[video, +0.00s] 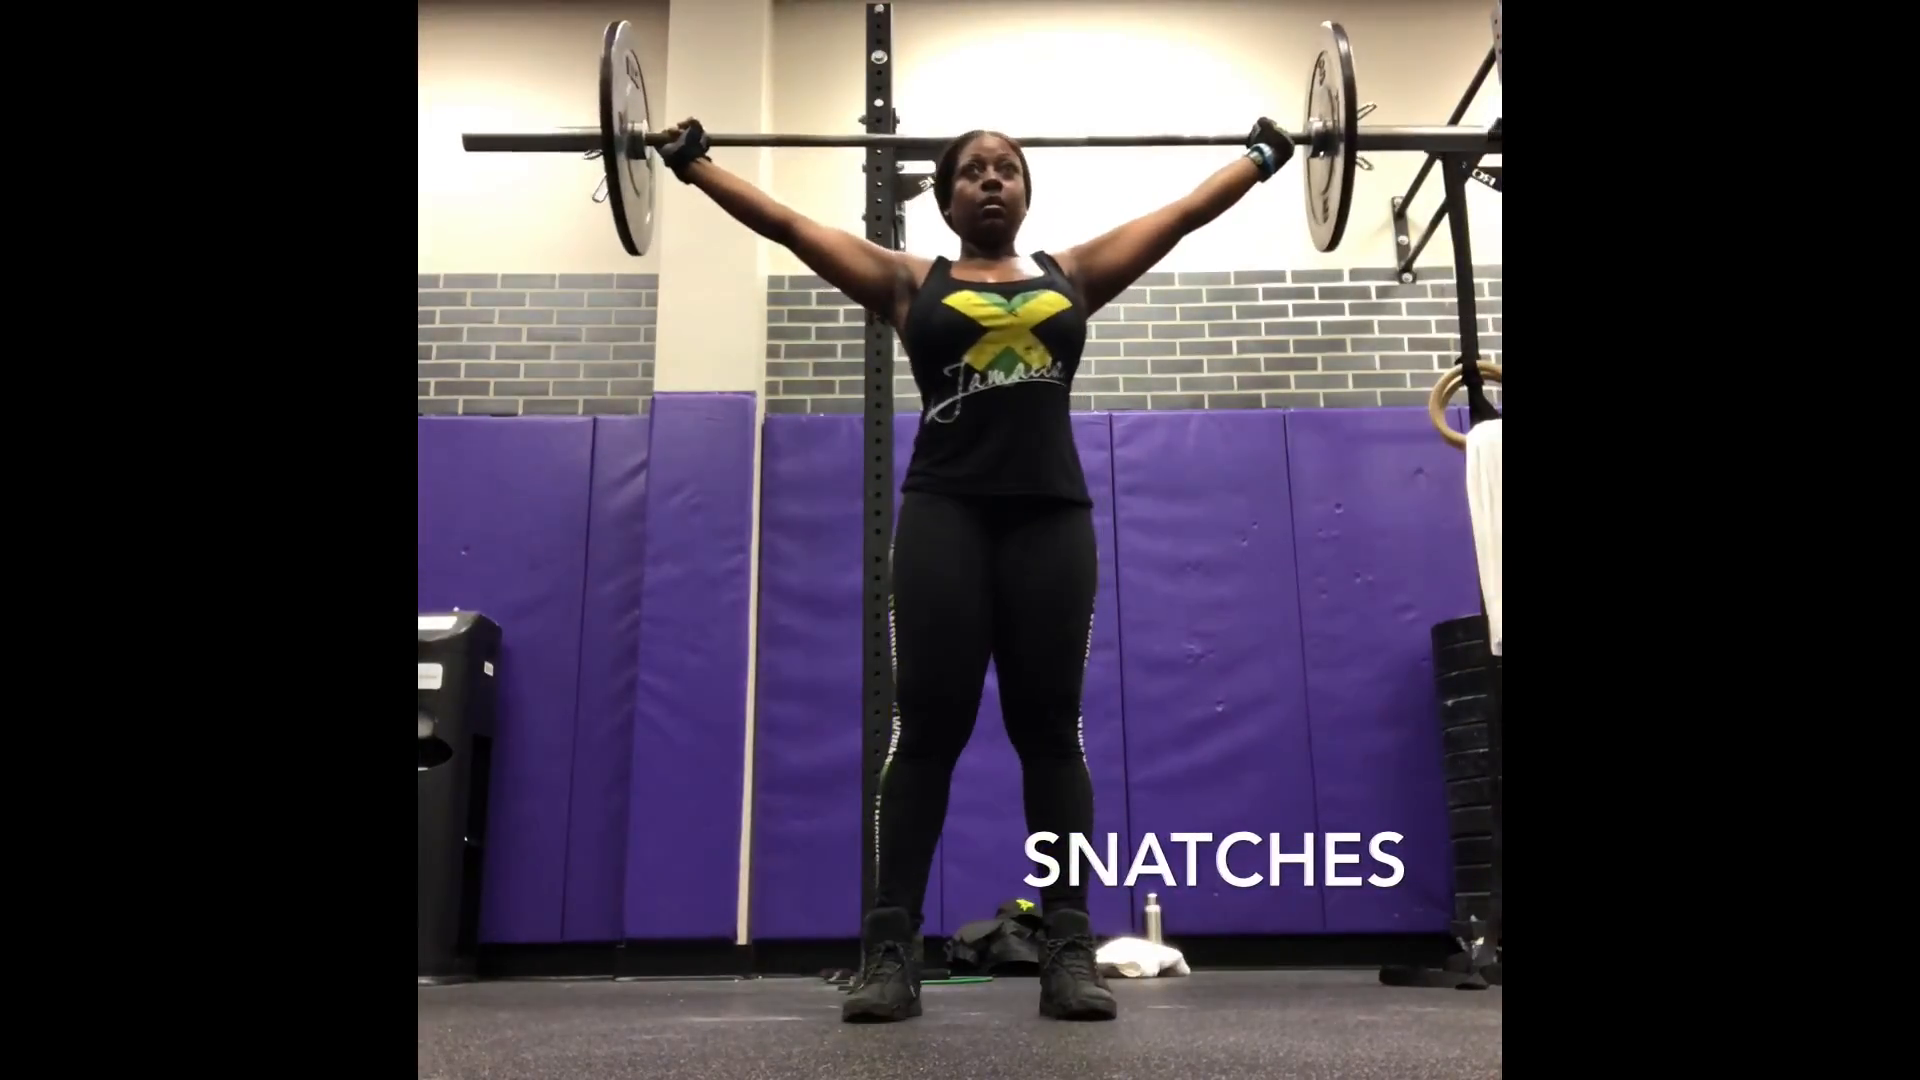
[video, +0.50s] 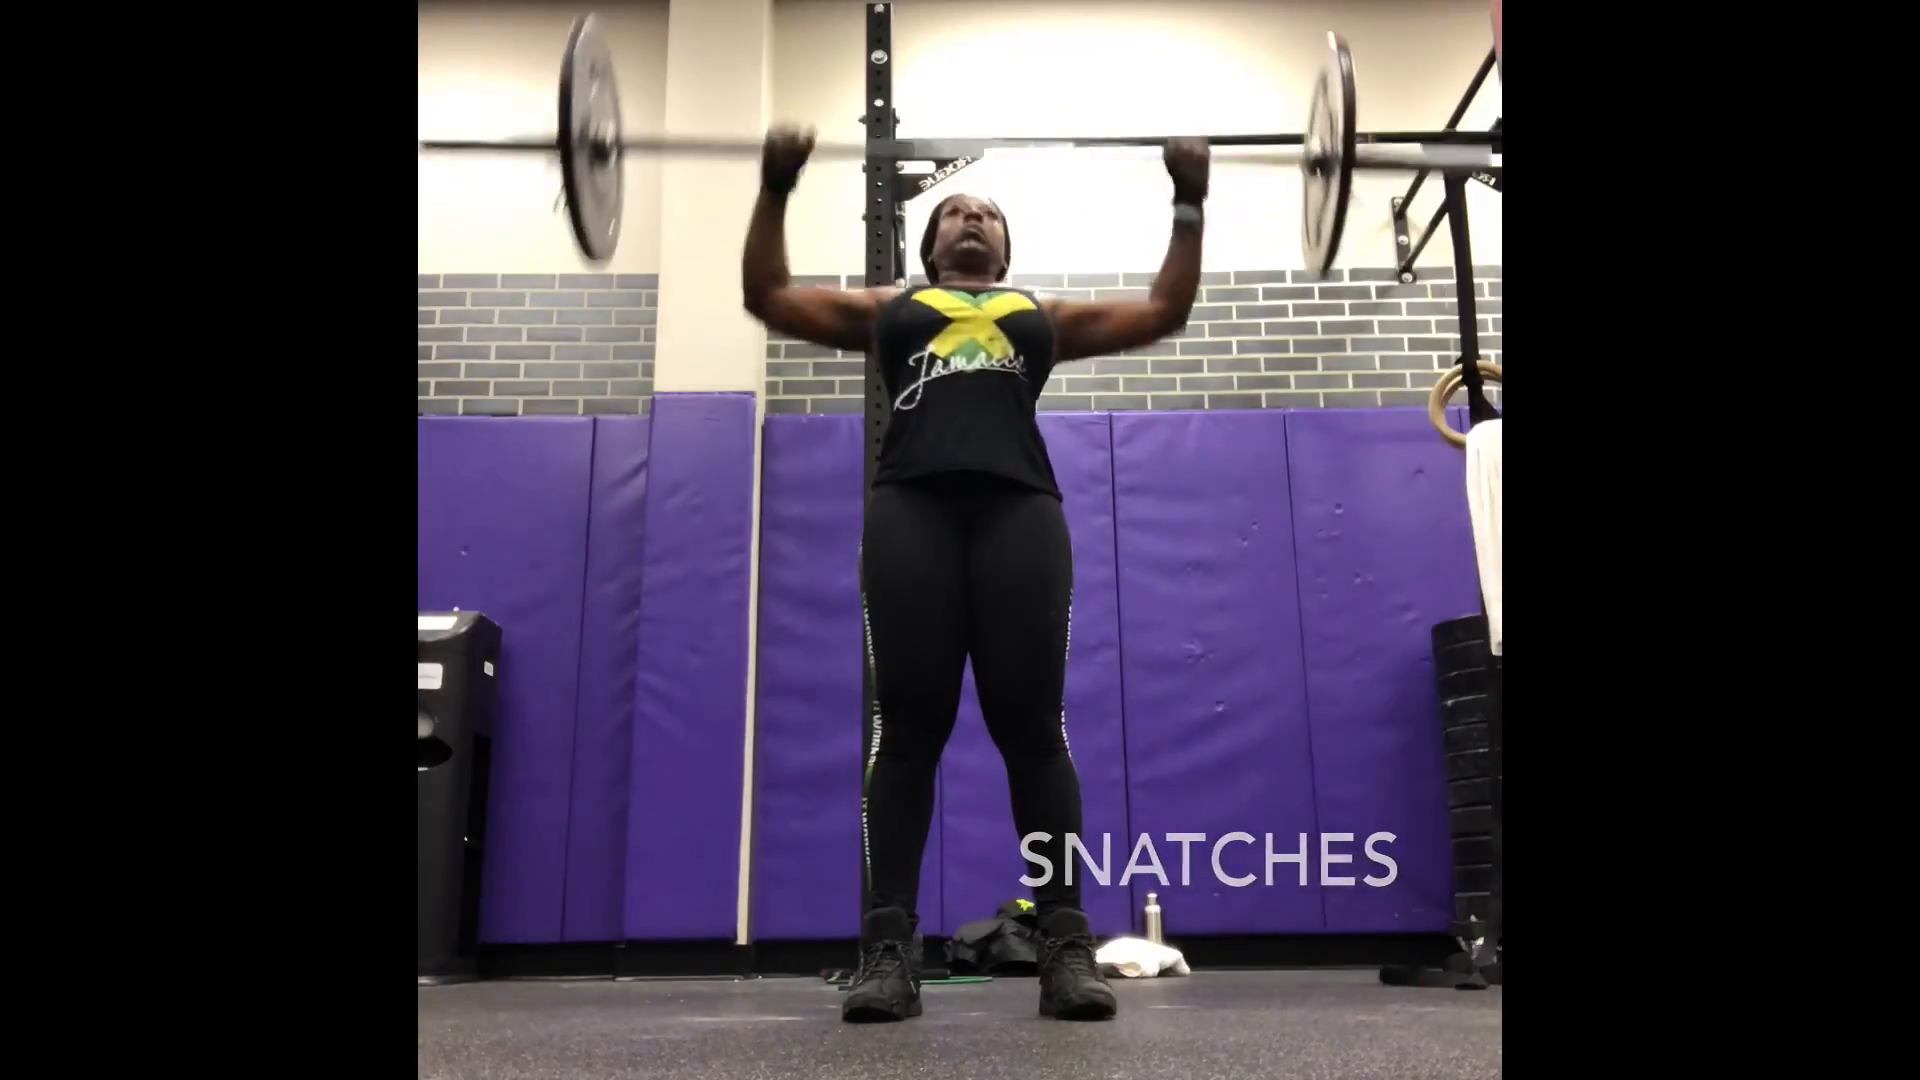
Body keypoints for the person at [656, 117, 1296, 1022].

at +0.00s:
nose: (992, 178)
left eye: (1007, 168)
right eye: (974, 170)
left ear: (1029, 194)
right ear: (945, 197)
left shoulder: (1068, 275)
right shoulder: (911, 279)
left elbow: (1181, 215)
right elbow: (790, 226)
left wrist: (1264, 155)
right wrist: (696, 166)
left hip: (1052, 520)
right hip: (944, 519)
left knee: (1050, 730)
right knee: (927, 731)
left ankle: (1068, 954)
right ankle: (890, 956)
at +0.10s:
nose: (985, 178)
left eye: (999, 169)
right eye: (967, 170)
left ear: (1022, 197)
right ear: (938, 198)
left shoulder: (1060, 277)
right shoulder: (903, 280)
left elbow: (1172, 216)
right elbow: (781, 223)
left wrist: (1259, 156)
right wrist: (690, 161)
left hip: (1041, 522)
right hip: (933, 522)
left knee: (1044, 733)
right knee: (921, 736)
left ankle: (1068, 955)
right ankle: (889, 957)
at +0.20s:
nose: (979, 178)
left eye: (994, 171)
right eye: (961, 171)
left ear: (1015, 201)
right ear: (934, 203)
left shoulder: (1053, 275)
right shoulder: (894, 275)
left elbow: (1161, 211)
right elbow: (777, 211)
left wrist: (1251, 153)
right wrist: (685, 149)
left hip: (1033, 521)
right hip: (923, 521)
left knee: (1040, 733)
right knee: (914, 735)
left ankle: (1068, 955)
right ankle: (889, 958)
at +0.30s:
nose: (973, 186)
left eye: (989, 183)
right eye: (955, 183)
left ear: (1011, 219)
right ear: (929, 220)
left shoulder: (1049, 282)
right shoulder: (889, 279)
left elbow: (1160, 211)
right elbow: (770, 212)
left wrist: (1244, 149)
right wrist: (685, 139)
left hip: (1027, 521)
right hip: (916, 523)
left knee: (1036, 731)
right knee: (910, 735)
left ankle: (1067, 953)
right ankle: (888, 956)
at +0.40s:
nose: (971, 200)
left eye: (987, 196)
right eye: (953, 197)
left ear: (1010, 235)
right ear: (926, 230)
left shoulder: (1043, 301)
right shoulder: (885, 294)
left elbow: (1167, 266)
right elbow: (763, 268)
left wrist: (1235, 167)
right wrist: (718, 160)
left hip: (1024, 521)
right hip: (912, 521)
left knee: (1034, 725)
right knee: (910, 730)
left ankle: (1067, 950)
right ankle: (889, 954)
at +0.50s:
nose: (972, 221)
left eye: (989, 218)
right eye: (954, 217)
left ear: (1008, 256)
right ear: (927, 250)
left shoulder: (1036, 319)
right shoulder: (885, 308)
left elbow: (1163, 314)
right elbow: (767, 296)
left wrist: (1189, 203)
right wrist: (774, 190)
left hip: (1021, 520)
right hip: (909, 521)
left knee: (1031, 725)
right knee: (910, 727)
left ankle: (1065, 950)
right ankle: (888, 952)